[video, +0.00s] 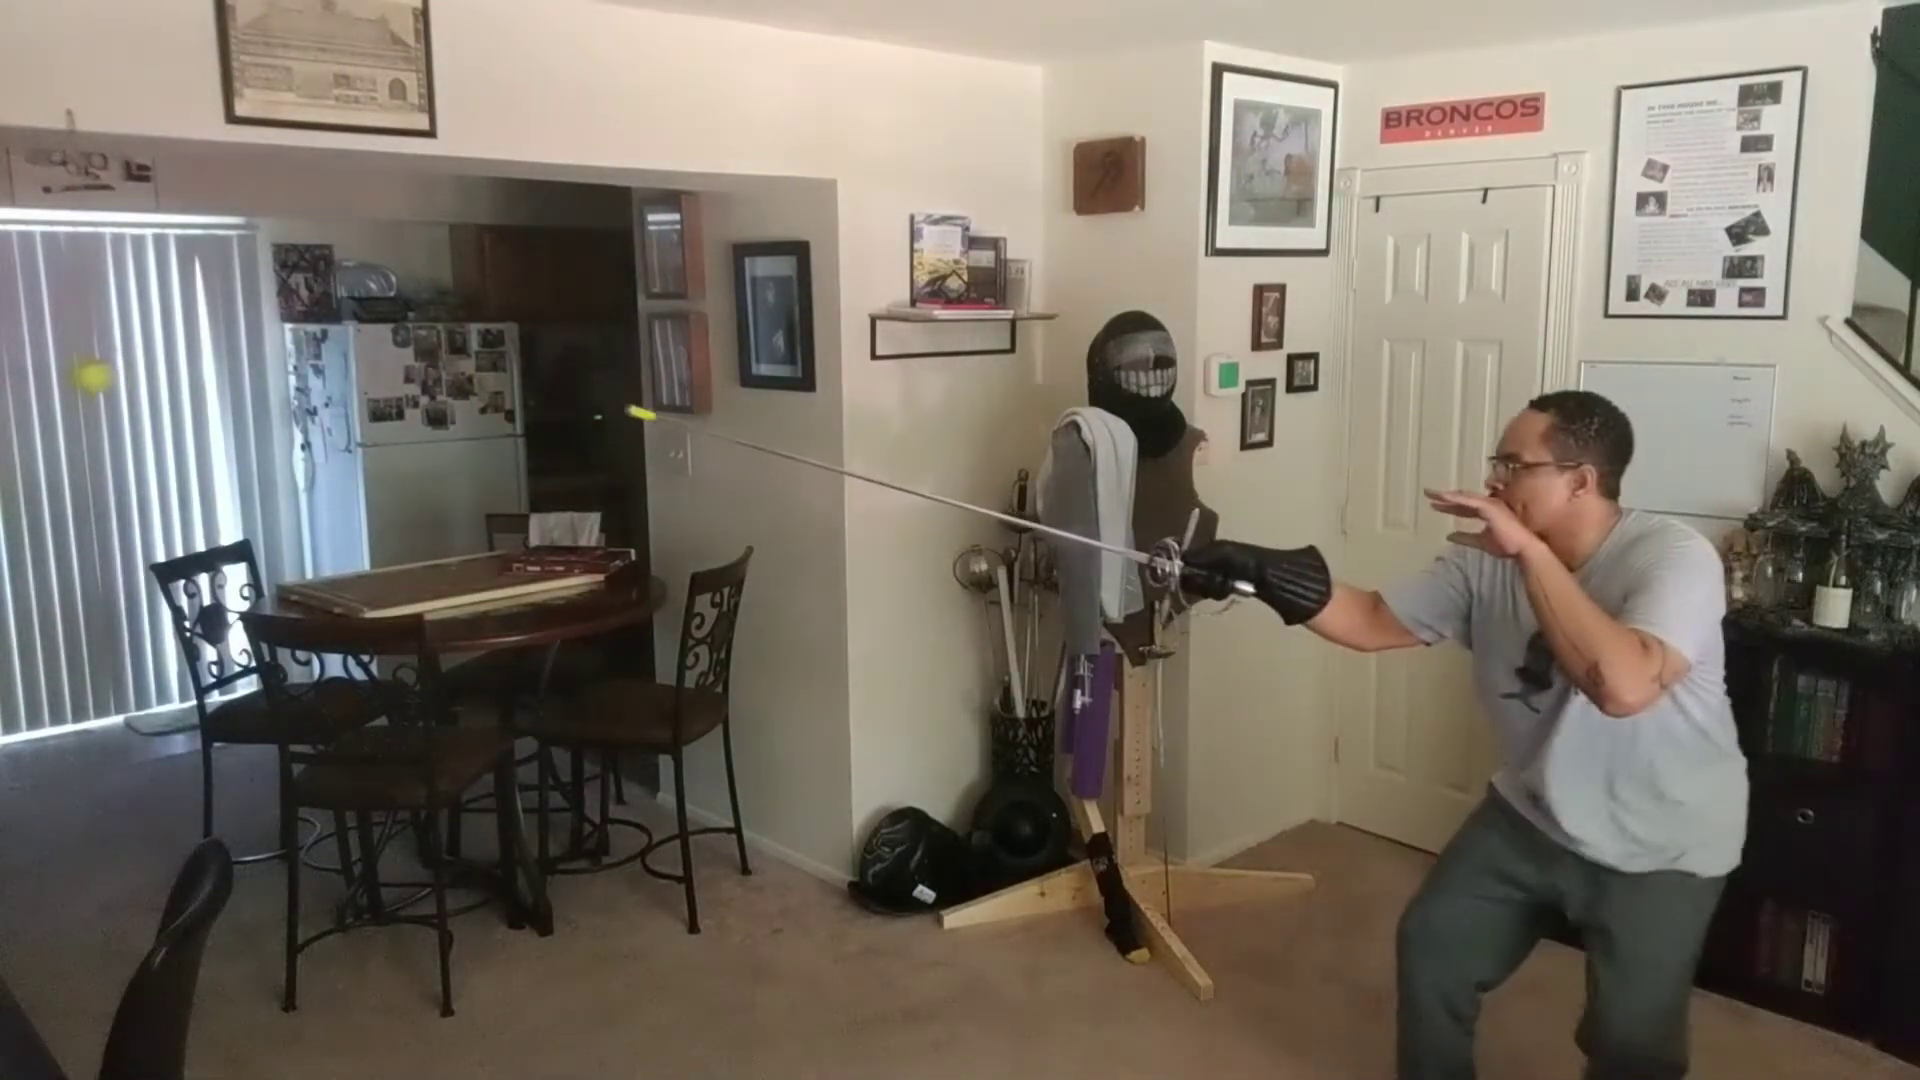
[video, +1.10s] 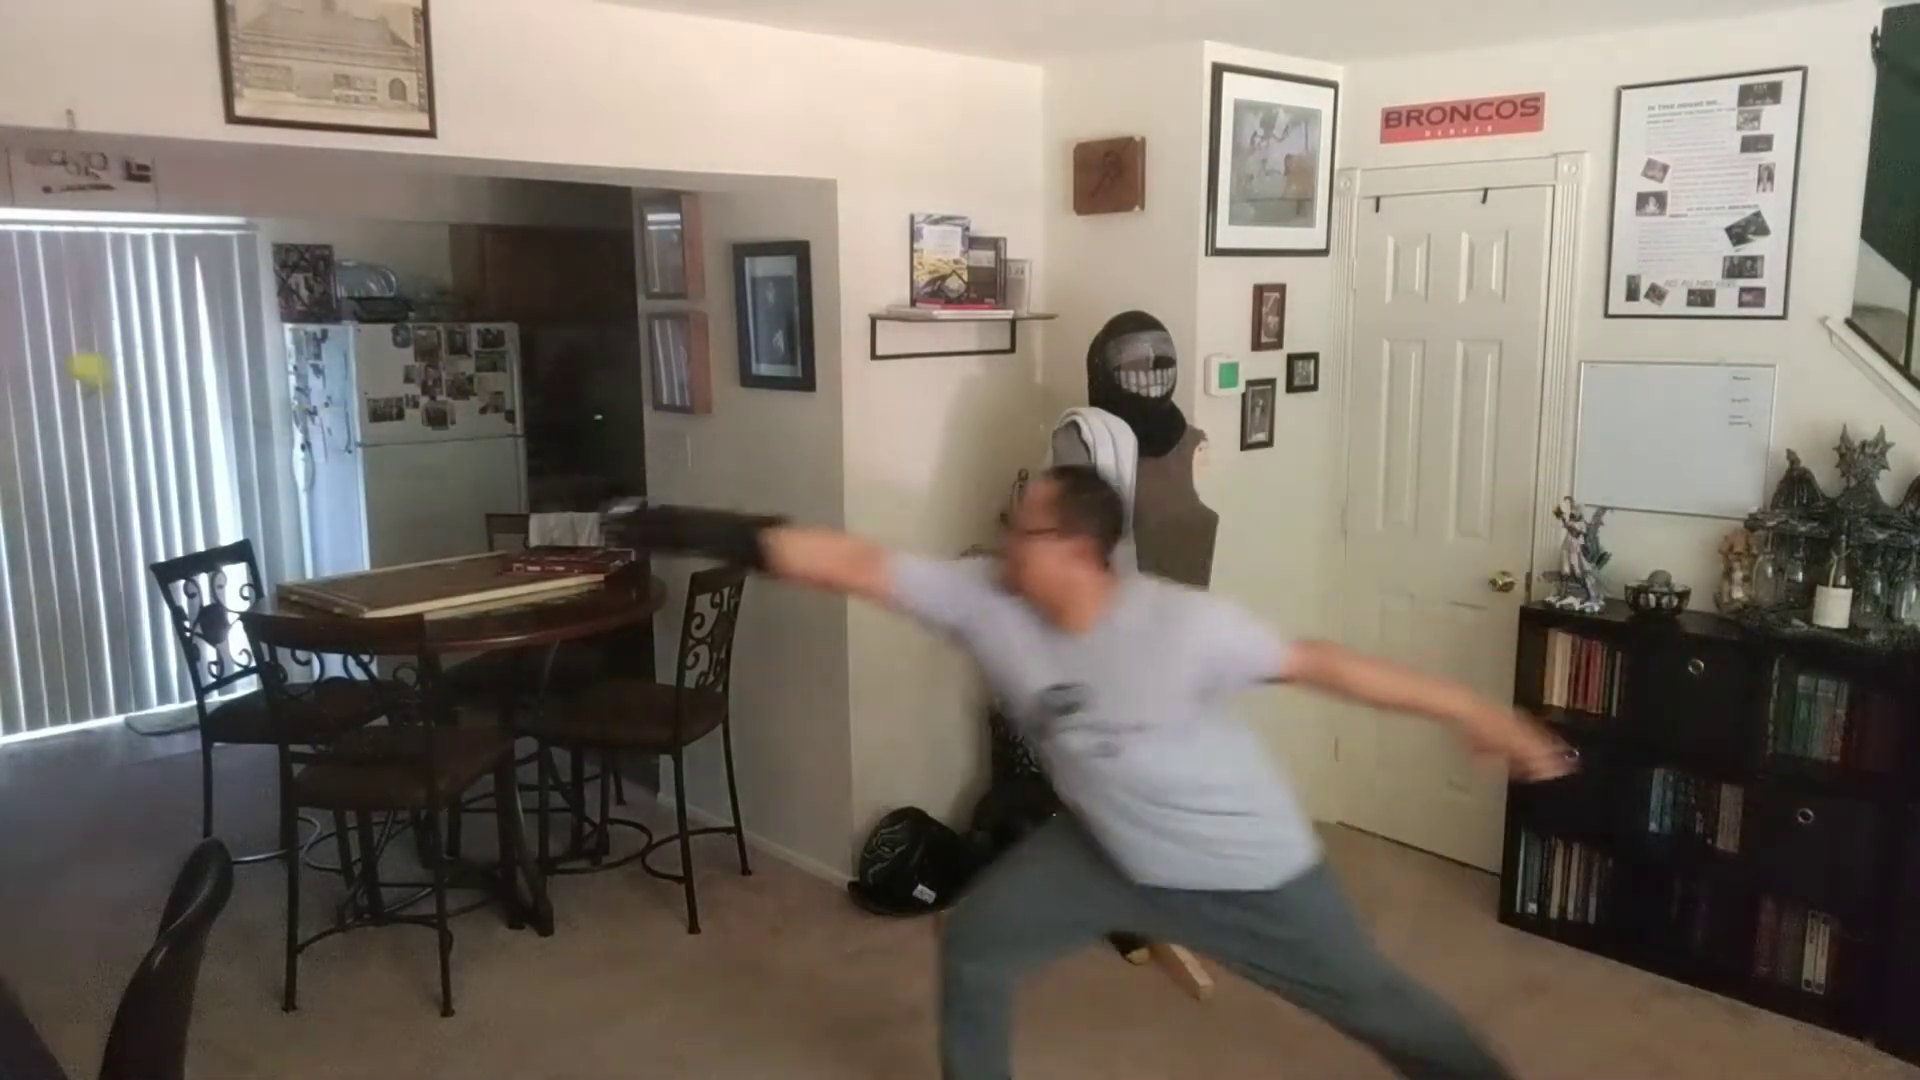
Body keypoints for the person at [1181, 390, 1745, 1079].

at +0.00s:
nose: (1493, 481)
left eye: (1513, 466)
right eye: (1496, 464)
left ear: (1583, 480)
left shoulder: (1676, 558)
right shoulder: (1488, 561)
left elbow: (1624, 685)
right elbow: (1373, 621)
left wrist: (1529, 551)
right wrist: (1252, 568)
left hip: (1663, 846)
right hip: (1531, 814)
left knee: (1631, 1043)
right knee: (1433, 948)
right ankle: (1435, 1072)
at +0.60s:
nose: (1433, 489)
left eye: (1455, 472)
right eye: (1438, 471)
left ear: (1520, 485)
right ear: (1510, 481)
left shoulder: (1612, 567)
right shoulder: (1412, 561)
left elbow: (1688, 706)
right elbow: (1275, 562)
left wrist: (1550, 642)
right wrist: (1136, 535)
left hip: (1594, 866)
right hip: (1458, 823)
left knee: (1607, 1056)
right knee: (1335, 921)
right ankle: (1366, 1071)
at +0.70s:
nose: (1380, 495)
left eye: (1400, 481)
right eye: (1384, 479)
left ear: (1466, 495)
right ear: (1430, 494)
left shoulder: (1566, 577)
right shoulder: (1358, 563)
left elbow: (1695, 683)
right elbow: (1218, 538)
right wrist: (1062, 516)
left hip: (1551, 867)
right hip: (1416, 822)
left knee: (1582, 1052)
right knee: (1278, 918)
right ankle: (1262, 1070)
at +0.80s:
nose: (1312, 506)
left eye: (1332, 493)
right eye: (1314, 490)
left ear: (1398, 509)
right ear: (1330, 505)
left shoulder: (1509, 590)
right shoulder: (1289, 572)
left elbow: (1652, 666)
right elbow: (1144, 541)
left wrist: (1778, 756)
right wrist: (1015, 514)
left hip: (1494, 881)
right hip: (1351, 828)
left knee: (1552, 1050)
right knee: (1213, 919)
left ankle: (1587, 1078)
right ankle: (1137, 1070)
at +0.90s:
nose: (1221, 518)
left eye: (1241, 504)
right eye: (1224, 501)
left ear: (1298, 514)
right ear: (1245, 511)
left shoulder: (1407, 597)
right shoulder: (1205, 576)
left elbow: (1566, 653)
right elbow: (1071, 549)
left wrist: (1719, 713)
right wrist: (956, 521)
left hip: (1417, 887)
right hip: (1274, 846)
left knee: (1513, 1041)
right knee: (1133, 954)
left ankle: (1578, 1076)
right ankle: (1048, 1075)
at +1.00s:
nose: (1113, 530)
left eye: (1134, 517)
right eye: (1114, 515)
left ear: (1188, 531)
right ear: (1125, 529)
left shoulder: (1282, 614)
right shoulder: (1090, 592)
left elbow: (1438, 655)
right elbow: (949, 554)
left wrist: (1583, 699)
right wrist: (817, 525)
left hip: (1327, 886)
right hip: (1181, 857)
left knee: (1463, 1027)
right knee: (1050, 935)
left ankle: (1542, 1070)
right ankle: (999, 1075)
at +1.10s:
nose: (1008, 539)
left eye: (1029, 528)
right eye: (1013, 522)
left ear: (1086, 546)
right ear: (1031, 537)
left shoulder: (1184, 627)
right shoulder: (989, 602)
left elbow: (1329, 669)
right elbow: (853, 566)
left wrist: (1477, 715)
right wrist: (710, 533)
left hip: (1251, 869)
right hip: (1101, 854)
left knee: (1375, 1006)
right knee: (974, 945)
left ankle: (1478, 1068)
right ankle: (974, 1074)